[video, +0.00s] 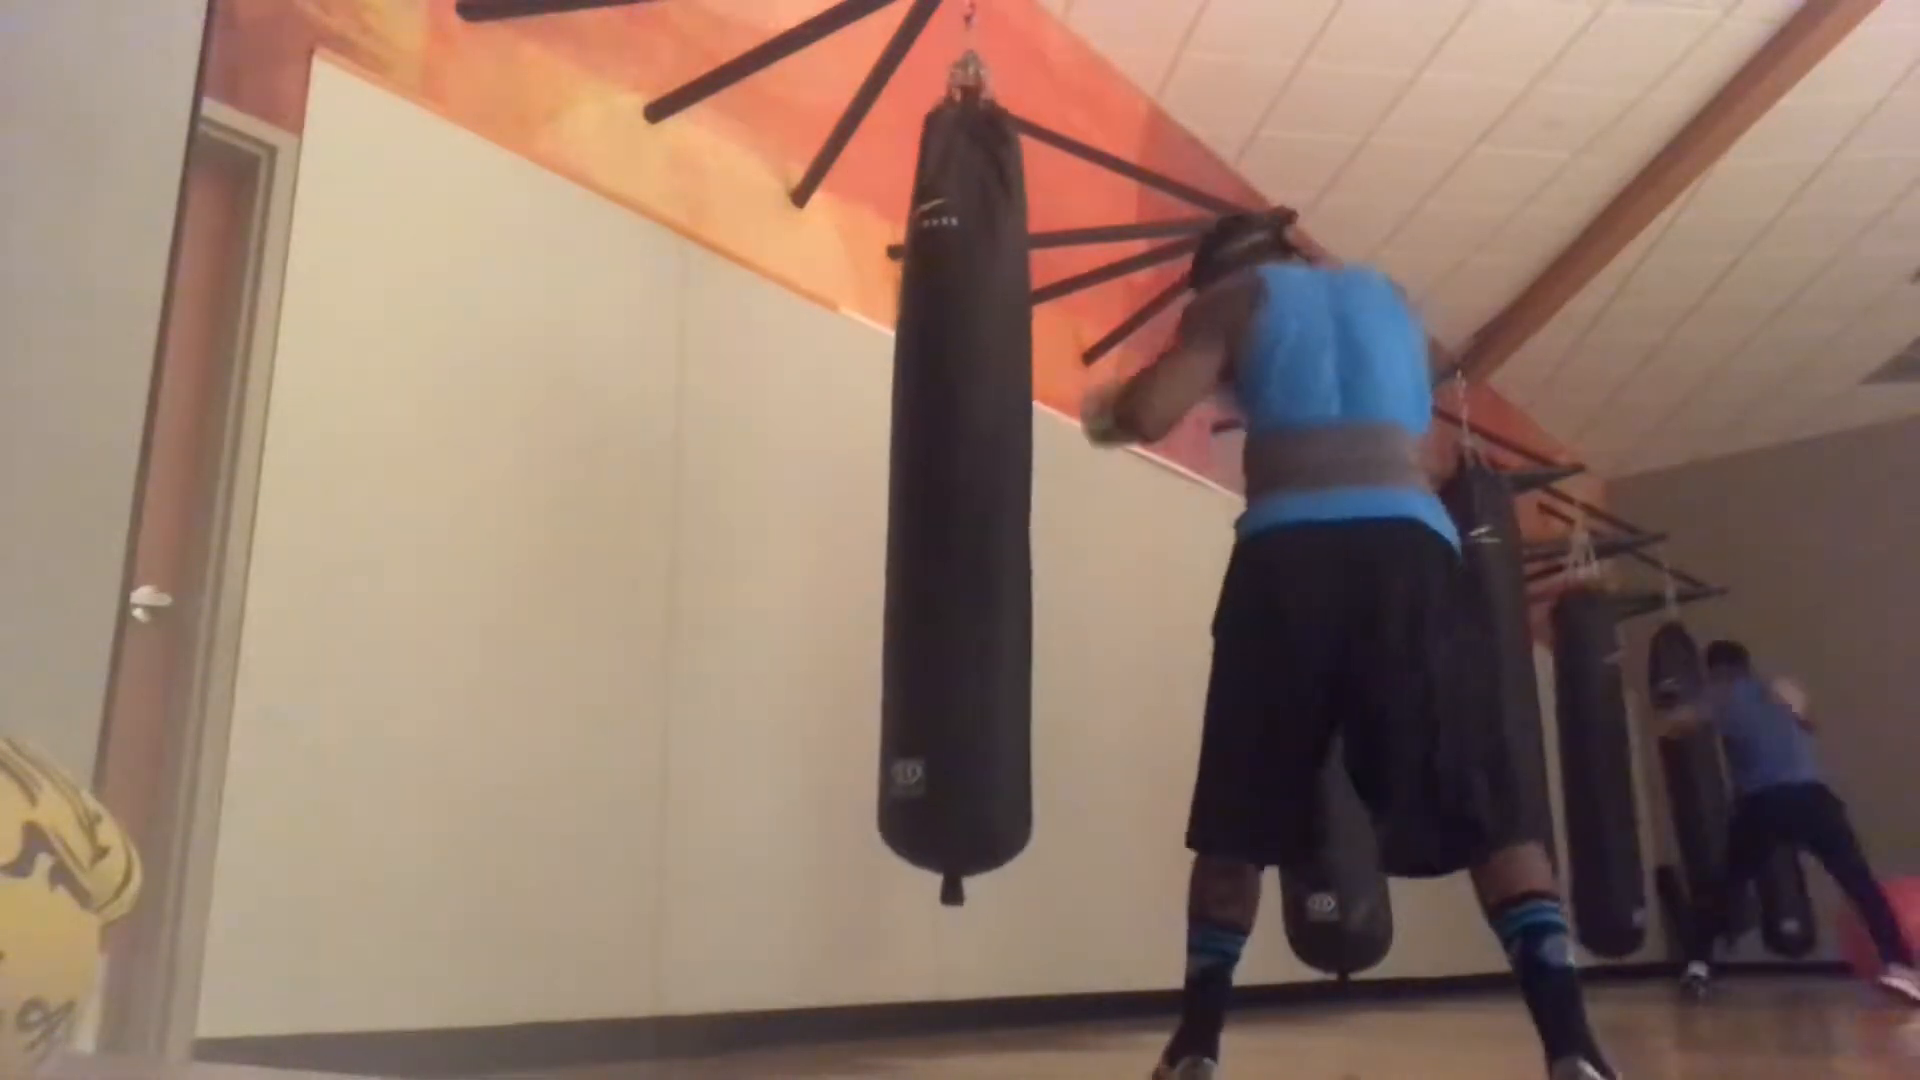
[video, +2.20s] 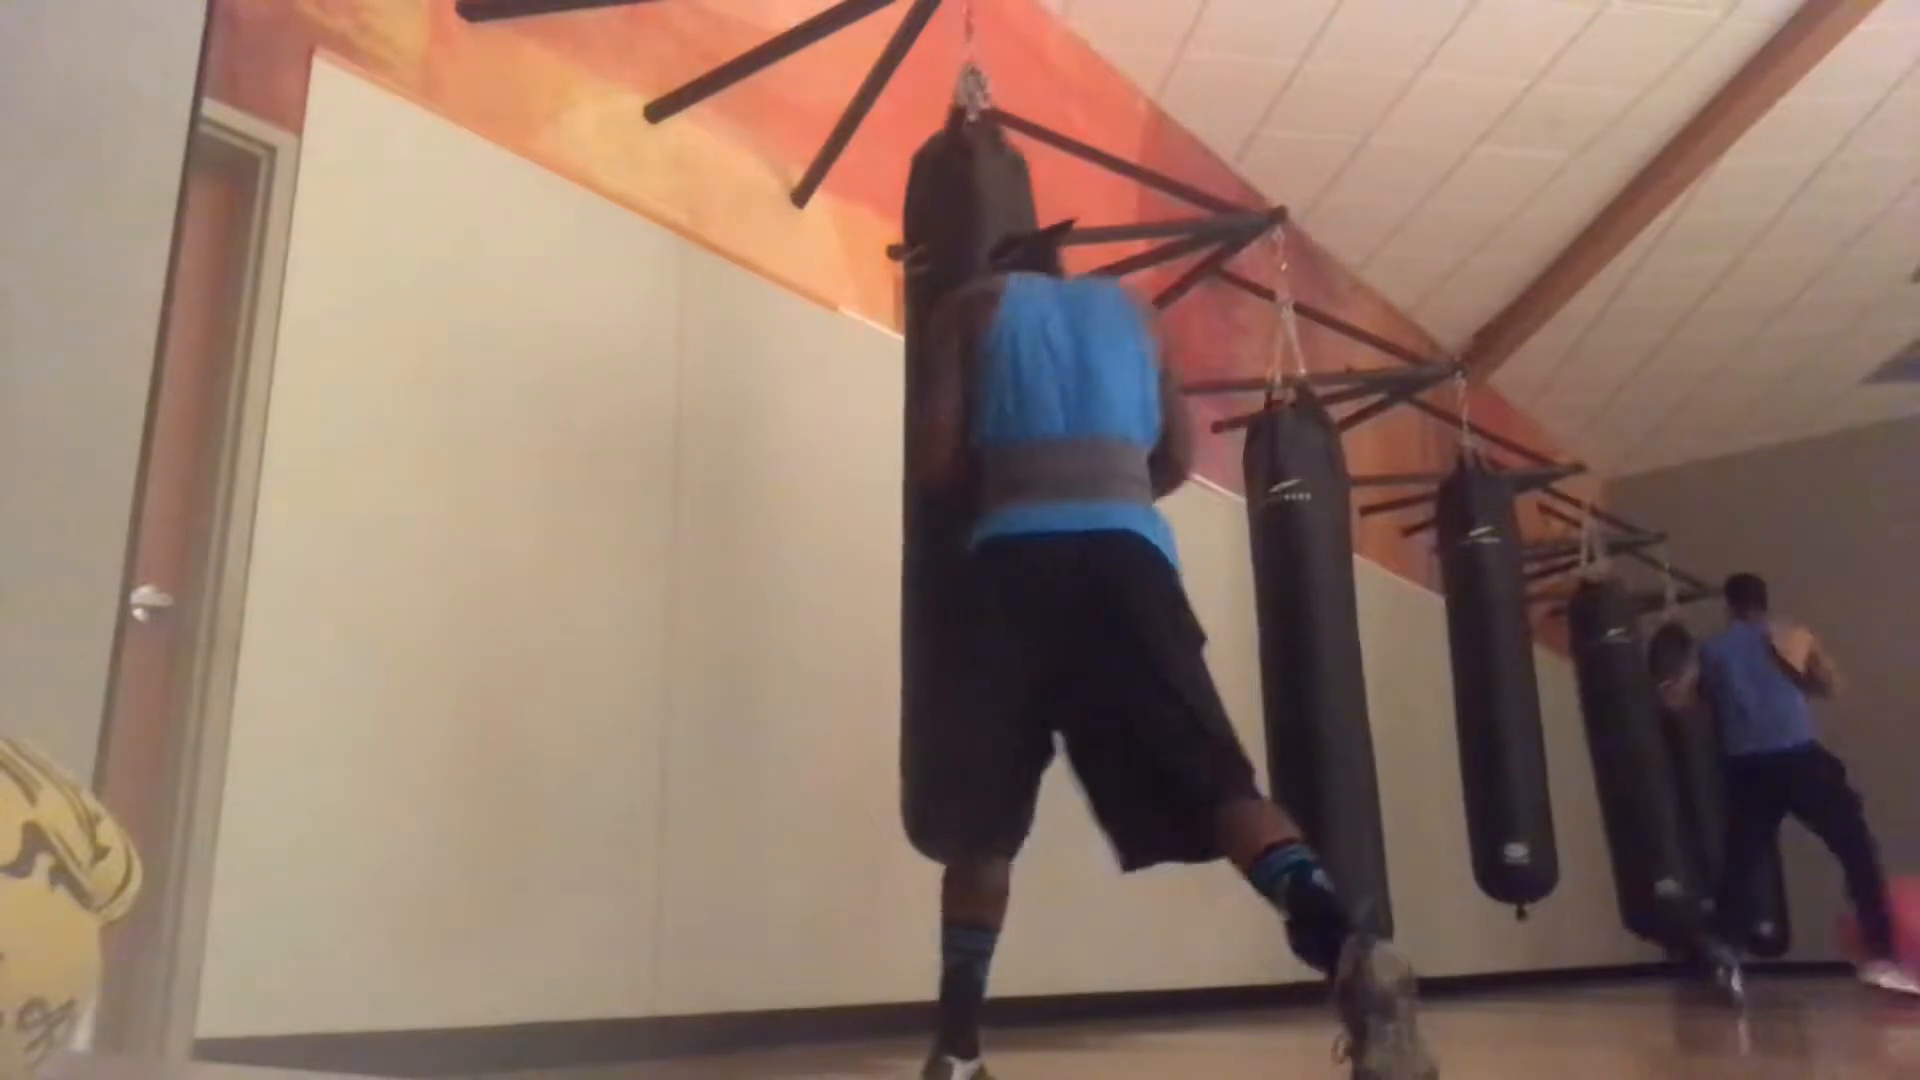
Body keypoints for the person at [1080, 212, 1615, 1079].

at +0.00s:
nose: (1207, 311)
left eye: (1209, 298)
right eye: (1204, 302)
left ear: (1224, 274)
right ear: (1292, 248)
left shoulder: (1234, 295)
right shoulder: (1392, 300)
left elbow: (1148, 412)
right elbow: (1445, 366)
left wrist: (1108, 411)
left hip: (1284, 568)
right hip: (1413, 564)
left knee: (1236, 812)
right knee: (1486, 804)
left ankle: (1196, 1043)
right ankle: (1571, 1046)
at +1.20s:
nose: (1152, 276)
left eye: (1156, 265)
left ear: (1177, 259)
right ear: (1266, 254)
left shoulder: (1152, 291)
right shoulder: (1321, 299)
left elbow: (1055, 437)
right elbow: (1319, 431)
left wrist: (1059, 438)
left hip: (1166, 582)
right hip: (1299, 585)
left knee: (1122, 794)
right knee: (1394, 815)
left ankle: (1098, 1011)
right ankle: (1447, 1051)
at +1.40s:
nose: (1251, 303)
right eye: (1240, 295)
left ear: (1122, 321)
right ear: (1199, 301)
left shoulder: (1086, 368)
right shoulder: (1250, 329)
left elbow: (1012, 458)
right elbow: (1287, 482)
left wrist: (988, 524)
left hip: (1097, 604)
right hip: (1221, 598)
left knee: (1069, 825)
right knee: (1381, 806)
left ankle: (996, 1043)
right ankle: (1389, 1024)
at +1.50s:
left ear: (1098, 325)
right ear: (1177, 309)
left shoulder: (1063, 372)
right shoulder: (1242, 327)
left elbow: (994, 513)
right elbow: (1253, 488)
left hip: (1075, 595)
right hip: (1196, 592)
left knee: (1061, 816)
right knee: (1315, 813)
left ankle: (994, 1042)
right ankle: (1282, 1041)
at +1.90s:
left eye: (1002, 296)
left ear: (1005, 292)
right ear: (1067, 293)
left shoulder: (978, 332)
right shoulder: (1132, 340)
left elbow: (933, 471)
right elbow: (1173, 466)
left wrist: (995, 474)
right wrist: (1094, 472)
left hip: (1001, 585)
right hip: (1114, 586)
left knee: (973, 818)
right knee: (1164, 810)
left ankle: (954, 1047)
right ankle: (1302, 961)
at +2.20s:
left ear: (970, 247)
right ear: (1046, 246)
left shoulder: (965, 310)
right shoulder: (1125, 305)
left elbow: (935, 463)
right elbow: (1177, 456)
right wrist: (1090, 494)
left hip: (1007, 572)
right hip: (1130, 567)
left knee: (984, 814)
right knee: (1213, 772)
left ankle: (955, 1046)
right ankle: (1347, 947)